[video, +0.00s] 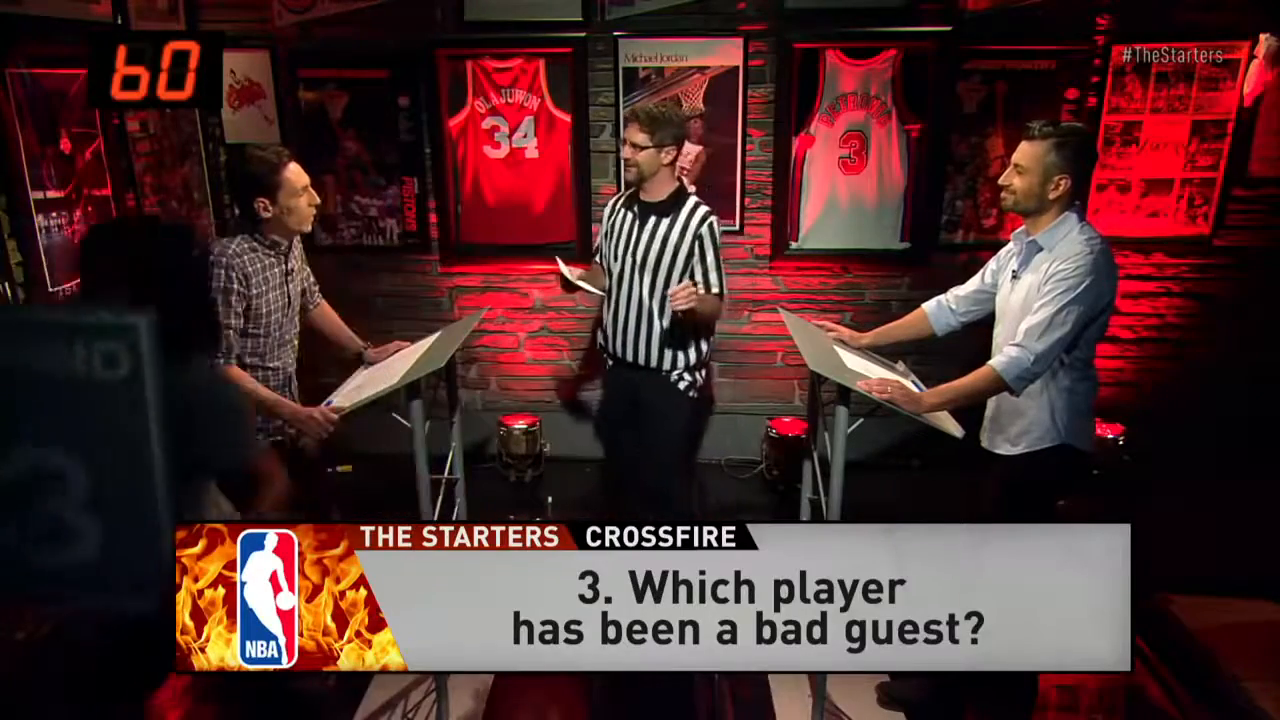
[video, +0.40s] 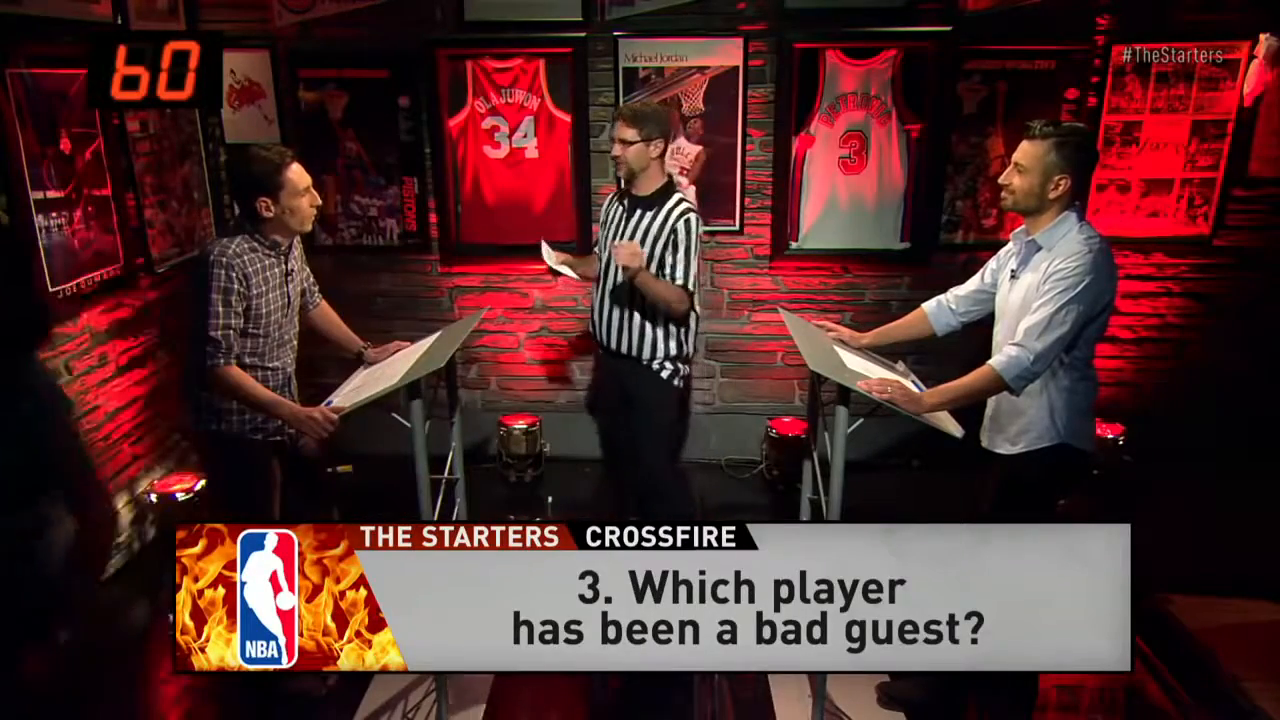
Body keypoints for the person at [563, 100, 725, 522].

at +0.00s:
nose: (625, 154)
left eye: (637, 146)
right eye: (625, 144)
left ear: (669, 154)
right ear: (623, 146)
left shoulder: (698, 220)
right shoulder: (617, 208)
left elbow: (713, 310)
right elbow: (607, 276)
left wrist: (696, 302)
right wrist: (582, 277)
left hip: (674, 383)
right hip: (620, 374)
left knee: (665, 492)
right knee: (619, 487)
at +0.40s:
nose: (617, 153)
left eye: (628, 144)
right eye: (614, 143)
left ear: (661, 148)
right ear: (617, 146)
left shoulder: (681, 215)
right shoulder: (615, 201)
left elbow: (682, 303)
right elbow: (615, 275)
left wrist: (640, 274)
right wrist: (577, 266)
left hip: (657, 375)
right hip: (613, 365)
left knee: (658, 488)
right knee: (619, 483)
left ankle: (676, 572)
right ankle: (631, 568)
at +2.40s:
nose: (627, 147)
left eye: (640, 140)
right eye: (627, 137)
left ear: (671, 152)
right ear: (624, 138)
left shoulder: (704, 216)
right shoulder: (613, 207)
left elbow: (712, 304)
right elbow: (601, 278)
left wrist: (670, 292)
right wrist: (581, 281)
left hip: (676, 383)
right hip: (618, 375)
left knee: (671, 491)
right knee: (610, 482)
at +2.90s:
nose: (695, 151)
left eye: (695, 142)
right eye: (684, 144)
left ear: (687, 149)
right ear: (648, 153)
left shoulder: (709, 212)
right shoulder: (611, 215)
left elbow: (727, 292)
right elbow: (579, 284)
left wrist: (733, 258)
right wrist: (602, 303)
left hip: (686, 379)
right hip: (626, 380)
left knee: (675, 492)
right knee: (623, 490)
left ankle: (671, 585)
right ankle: (616, 585)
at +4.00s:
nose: (628, 162)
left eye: (638, 154)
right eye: (627, 152)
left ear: (675, 158)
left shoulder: (717, 222)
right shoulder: (616, 211)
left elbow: (732, 303)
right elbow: (599, 275)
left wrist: (679, 321)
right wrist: (600, 300)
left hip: (682, 385)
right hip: (620, 380)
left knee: (675, 493)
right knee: (612, 487)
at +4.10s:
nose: (628, 161)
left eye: (640, 153)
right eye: (627, 150)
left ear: (675, 158)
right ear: (625, 149)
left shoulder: (712, 221)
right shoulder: (616, 211)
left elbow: (728, 305)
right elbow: (598, 279)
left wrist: (673, 324)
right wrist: (593, 297)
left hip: (681, 385)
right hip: (619, 379)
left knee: (675, 494)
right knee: (611, 489)